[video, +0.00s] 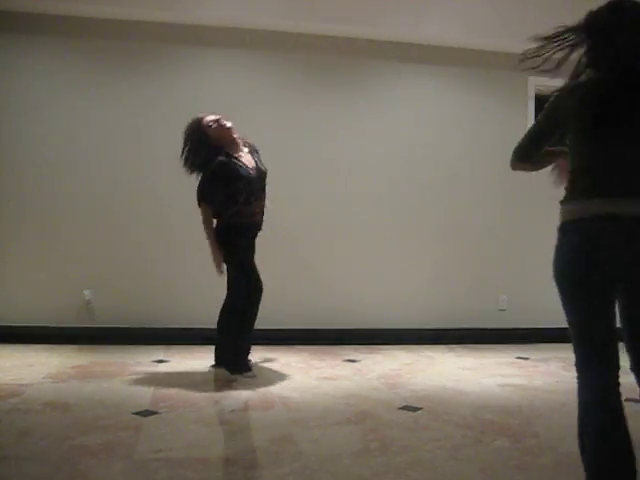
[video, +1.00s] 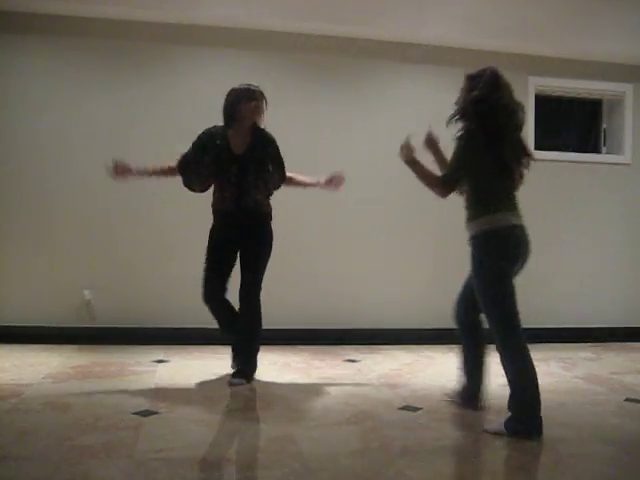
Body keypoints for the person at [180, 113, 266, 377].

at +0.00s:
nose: (221, 120)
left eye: (218, 117)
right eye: (213, 123)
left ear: (228, 124)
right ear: (210, 140)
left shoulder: (249, 150)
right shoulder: (217, 166)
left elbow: (254, 189)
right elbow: (205, 208)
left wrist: (257, 219)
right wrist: (215, 248)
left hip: (248, 232)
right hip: (231, 235)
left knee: (238, 292)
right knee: (252, 289)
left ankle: (227, 355)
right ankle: (234, 357)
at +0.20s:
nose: (250, 116)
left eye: (251, 112)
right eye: (242, 116)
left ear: (258, 119)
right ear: (234, 130)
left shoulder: (264, 157)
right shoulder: (225, 161)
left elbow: (279, 186)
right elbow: (198, 190)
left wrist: (309, 182)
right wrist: (179, 216)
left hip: (246, 234)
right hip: (220, 234)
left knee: (243, 298)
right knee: (237, 297)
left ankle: (225, 354)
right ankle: (233, 361)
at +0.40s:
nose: (260, 117)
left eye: (262, 113)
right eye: (252, 114)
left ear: (266, 121)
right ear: (240, 124)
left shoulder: (268, 156)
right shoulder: (225, 150)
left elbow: (271, 199)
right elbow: (207, 188)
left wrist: (254, 226)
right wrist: (236, 222)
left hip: (245, 226)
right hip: (218, 227)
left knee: (284, 270)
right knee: (229, 292)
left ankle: (245, 283)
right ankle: (225, 361)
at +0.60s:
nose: (260, 118)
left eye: (263, 114)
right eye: (253, 114)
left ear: (267, 123)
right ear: (241, 123)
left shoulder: (266, 154)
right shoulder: (227, 145)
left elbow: (252, 190)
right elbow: (241, 177)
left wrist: (248, 218)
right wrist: (270, 198)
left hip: (245, 222)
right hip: (219, 224)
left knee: (277, 250)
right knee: (225, 292)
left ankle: (261, 314)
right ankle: (226, 359)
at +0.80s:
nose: (259, 114)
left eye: (262, 110)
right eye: (253, 109)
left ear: (265, 115)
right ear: (238, 113)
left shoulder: (267, 147)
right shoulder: (218, 142)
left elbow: (277, 189)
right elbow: (209, 182)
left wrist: (295, 225)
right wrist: (203, 217)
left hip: (255, 228)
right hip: (221, 227)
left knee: (240, 295)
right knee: (234, 295)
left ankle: (233, 368)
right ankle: (247, 351)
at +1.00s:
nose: (262, 112)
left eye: (262, 107)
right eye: (256, 106)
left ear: (259, 111)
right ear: (238, 109)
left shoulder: (265, 143)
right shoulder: (213, 139)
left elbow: (281, 178)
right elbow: (181, 168)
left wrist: (321, 182)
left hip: (257, 228)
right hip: (224, 226)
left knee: (249, 296)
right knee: (213, 294)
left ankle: (245, 370)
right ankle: (243, 340)